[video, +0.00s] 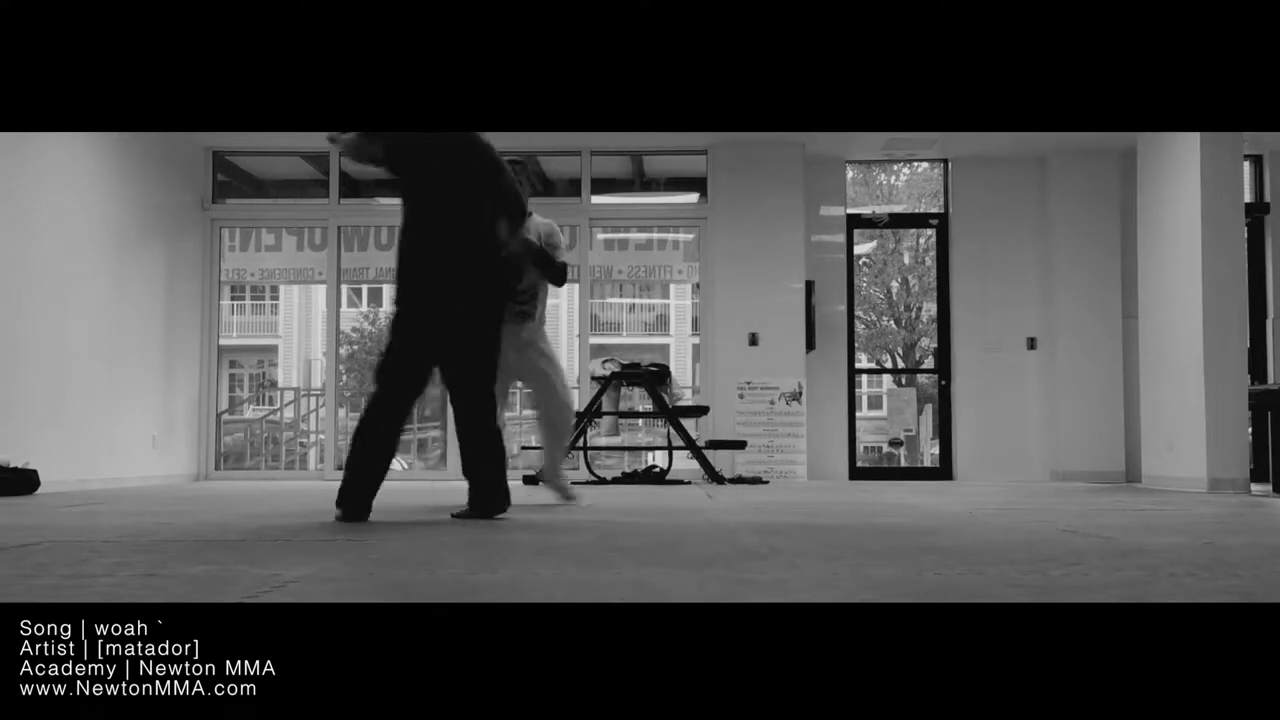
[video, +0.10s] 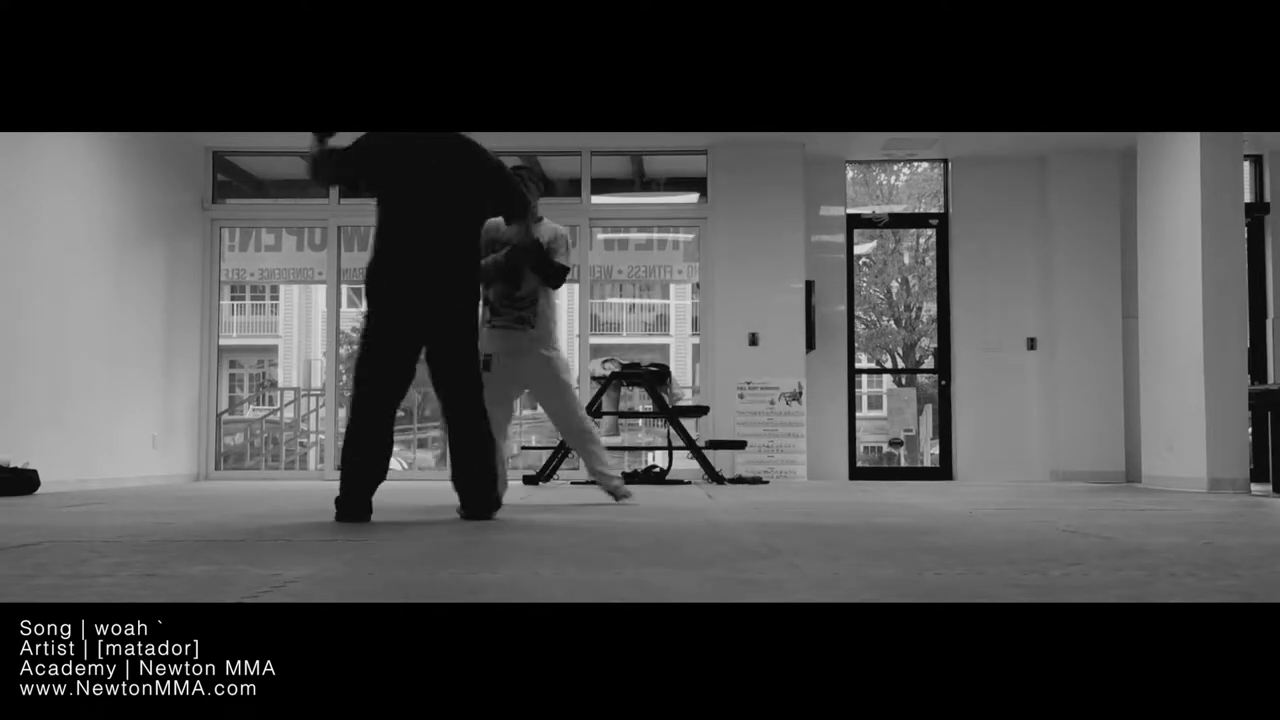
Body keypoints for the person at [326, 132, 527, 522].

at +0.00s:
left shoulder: (416, 146)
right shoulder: (481, 151)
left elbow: (356, 148)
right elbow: (516, 208)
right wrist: (496, 250)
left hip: (424, 299)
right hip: (475, 298)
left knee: (391, 398)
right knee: (474, 400)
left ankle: (354, 503)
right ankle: (489, 499)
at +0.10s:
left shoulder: (386, 145)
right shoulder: (471, 153)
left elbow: (325, 171)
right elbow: (519, 210)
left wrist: (322, 143)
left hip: (395, 293)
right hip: (454, 294)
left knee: (374, 399)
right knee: (464, 398)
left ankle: (354, 504)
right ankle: (479, 502)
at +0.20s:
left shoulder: (375, 144)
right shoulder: (467, 150)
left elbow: (325, 195)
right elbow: (517, 202)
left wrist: (322, 153)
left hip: (377, 295)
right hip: (439, 294)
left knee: (363, 400)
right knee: (451, 397)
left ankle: (352, 506)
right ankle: (457, 499)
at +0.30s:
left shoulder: (372, 144)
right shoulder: (456, 145)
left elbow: (349, 197)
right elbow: (508, 201)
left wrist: (353, 159)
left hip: (365, 282)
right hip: (427, 282)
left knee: (360, 398)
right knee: (435, 396)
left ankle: (352, 505)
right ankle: (427, 497)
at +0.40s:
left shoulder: (371, 143)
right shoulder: (442, 142)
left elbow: (358, 186)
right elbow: (493, 201)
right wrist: (478, 175)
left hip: (358, 280)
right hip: (415, 281)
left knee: (357, 393)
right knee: (417, 392)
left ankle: (352, 504)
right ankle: (410, 501)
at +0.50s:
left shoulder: (372, 143)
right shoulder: (436, 142)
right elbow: (477, 201)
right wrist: (478, 183)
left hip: (357, 283)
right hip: (412, 286)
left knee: (360, 391)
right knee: (414, 393)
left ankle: (352, 503)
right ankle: (406, 500)